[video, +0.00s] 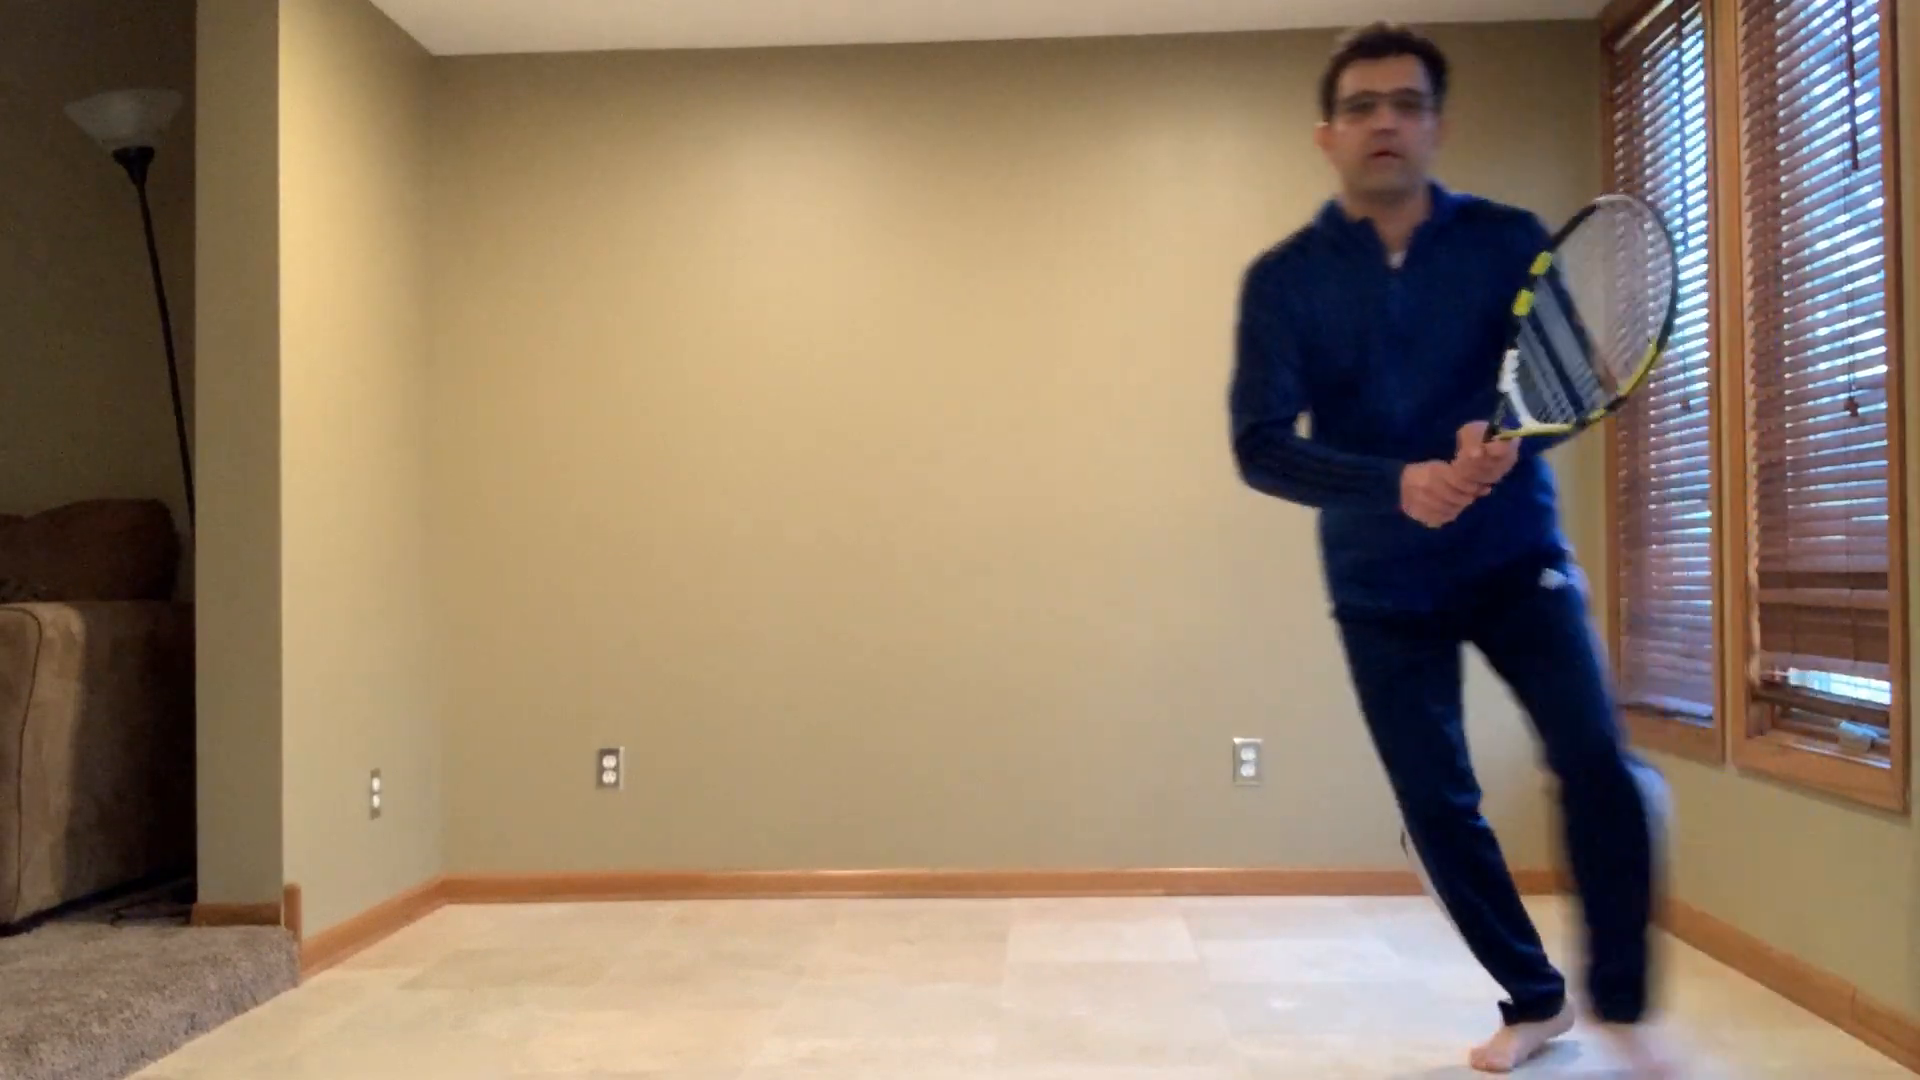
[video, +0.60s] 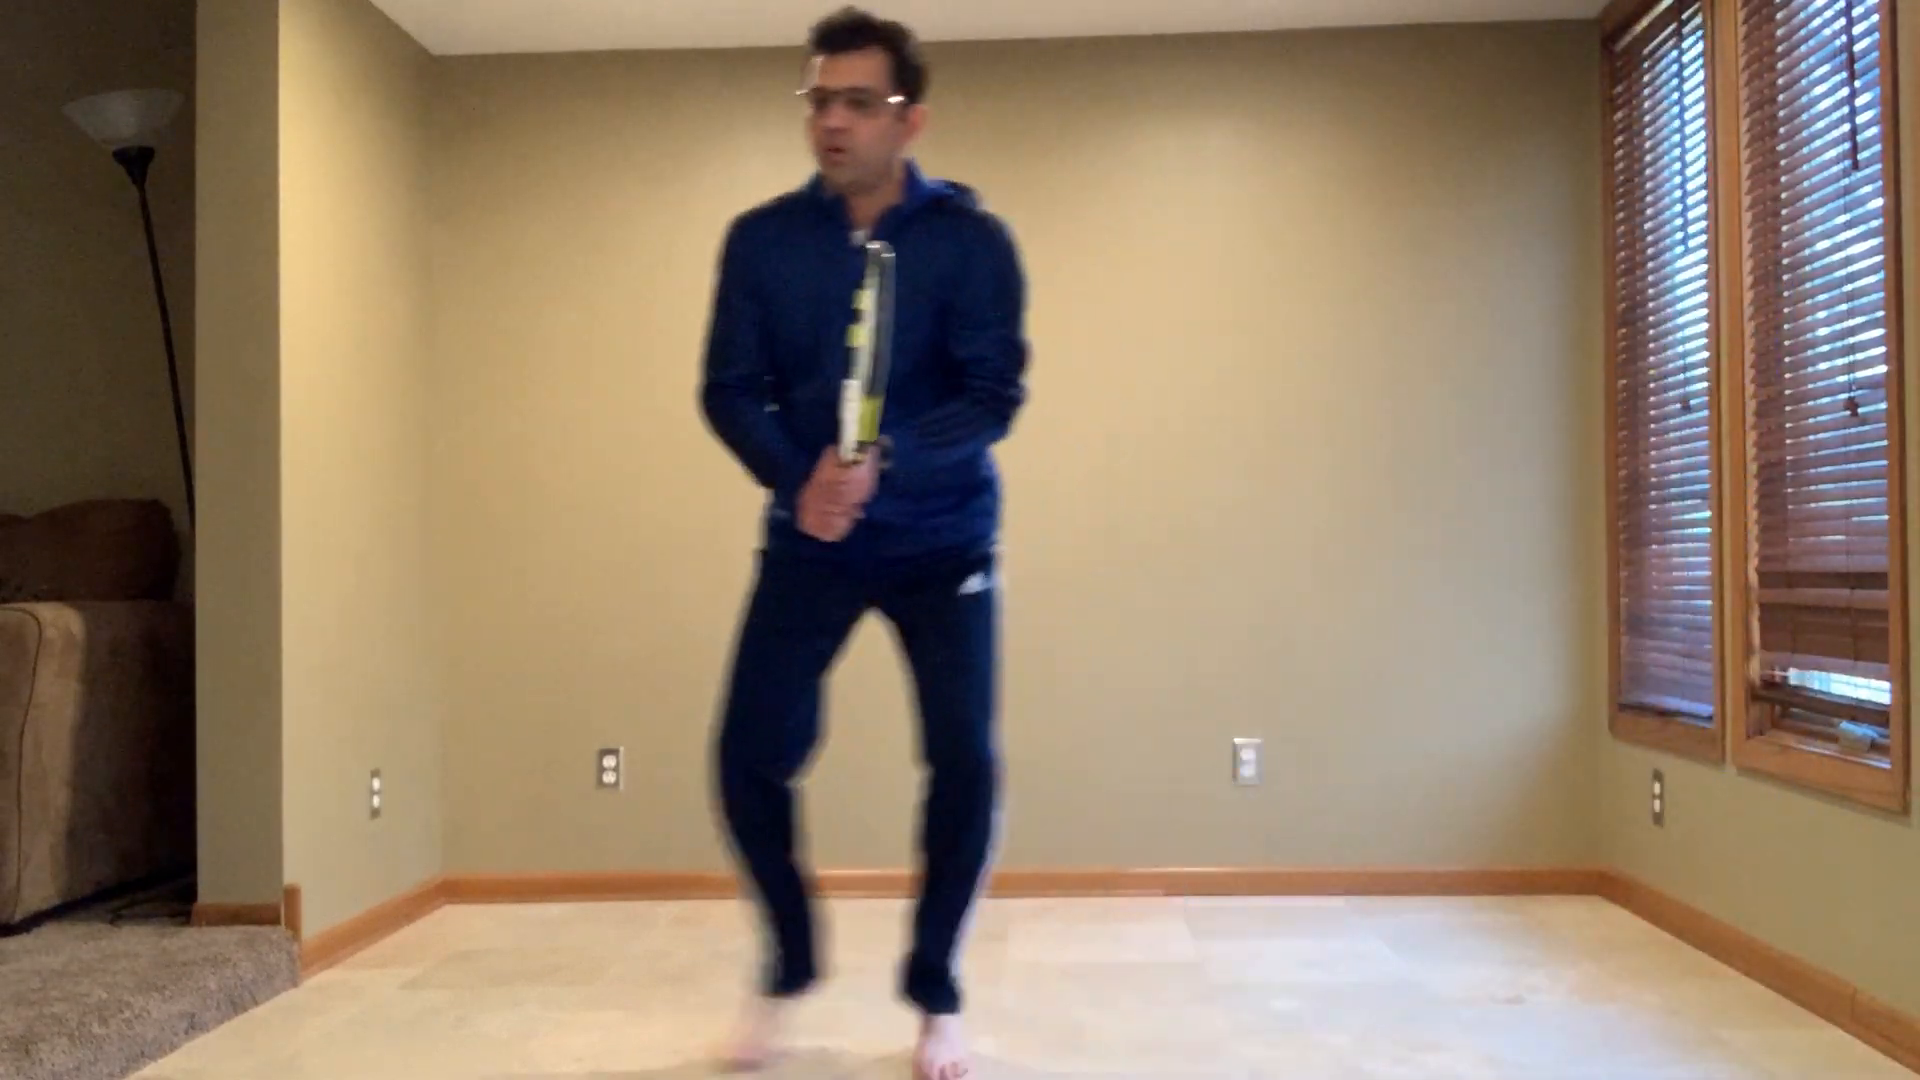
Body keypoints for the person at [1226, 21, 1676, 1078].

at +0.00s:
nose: (1385, 124)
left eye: (1408, 104)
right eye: (1360, 106)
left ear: (1440, 127)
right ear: (1325, 134)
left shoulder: (1506, 238)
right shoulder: (1284, 280)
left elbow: (1570, 377)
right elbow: (1260, 449)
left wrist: (1509, 435)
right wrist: (1394, 480)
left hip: (1515, 556)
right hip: (1383, 579)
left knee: (1595, 759)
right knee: (1435, 805)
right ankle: (1533, 1001)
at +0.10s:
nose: (1317, 108)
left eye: (1339, 89)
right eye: (1293, 91)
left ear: (1373, 110)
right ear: (1260, 116)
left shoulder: (1437, 229)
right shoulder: (1216, 258)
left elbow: (1486, 373)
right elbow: (1197, 427)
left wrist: (1433, 439)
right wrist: (1328, 492)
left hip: (1427, 547)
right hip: (1303, 567)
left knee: (1443, 766)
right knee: (1378, 791)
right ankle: (1507, 973)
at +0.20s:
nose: (1232, 130)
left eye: (1255, 111)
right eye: (1210, 111)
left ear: (1290, 131)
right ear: (1179, 134)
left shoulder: (1356, 252)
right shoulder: (1134, 272)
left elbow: (1405, 403)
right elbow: (1118, 436)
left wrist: (1316, 486)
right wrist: (1222, 522)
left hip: (1335, 575)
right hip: (1209, 584)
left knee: (1335, 787)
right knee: (1213, 792)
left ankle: (1333, 1006)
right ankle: (1329, 909)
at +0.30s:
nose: (1127, 152)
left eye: (1150, 133)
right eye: (1106, 132)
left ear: (1188, 152)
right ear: (1077, 152)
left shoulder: (1251, 271)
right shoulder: (1043, 293)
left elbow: (1295, 423)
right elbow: (1023, 455)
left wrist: (1194, 519)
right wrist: (1106, 533)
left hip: (1252, 578)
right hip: (1114, 584)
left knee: (1299, 791)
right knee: (1044, 774)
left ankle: (1330, 1026)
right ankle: (1048, 970)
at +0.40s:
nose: (1018, 141)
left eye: (1045, 123)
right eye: (998, 121)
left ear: (1085, 142)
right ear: (974, 138)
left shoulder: (1146, 261)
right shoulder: (936, 278)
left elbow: (1184, 418)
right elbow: (920, 436)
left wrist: (1079, 492)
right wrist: (999, 508)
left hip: (1141, 584)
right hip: (1002, 593)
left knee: (1232, 798)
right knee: (933, 797)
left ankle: (1321, 1033)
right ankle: (908, 1020)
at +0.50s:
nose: (922, 123)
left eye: (948, 106)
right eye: (907, 103)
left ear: (994, 124)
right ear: (889, 117)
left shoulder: (1050, 246)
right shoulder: (842, 252)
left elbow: (1080, 407)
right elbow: (814, 405)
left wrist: (978, 468)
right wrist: (892, 489)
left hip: (1036, 560)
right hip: (899, 568)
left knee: (1101, 769)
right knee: (868, 790)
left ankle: (1142, 1015)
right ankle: (904, 1012)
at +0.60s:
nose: (829, 120)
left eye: (855, 102)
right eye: (818, 101)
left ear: (909, 117)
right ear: (804, 112)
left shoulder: (970, 241)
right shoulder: (762, 240)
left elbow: (993, 394)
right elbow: (727, 388)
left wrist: (883, 464)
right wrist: (793, 476)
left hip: (941, 549)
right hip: (808, 547)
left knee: (965, 763)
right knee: (750, 756)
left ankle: (936, 994)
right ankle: (790, 964)